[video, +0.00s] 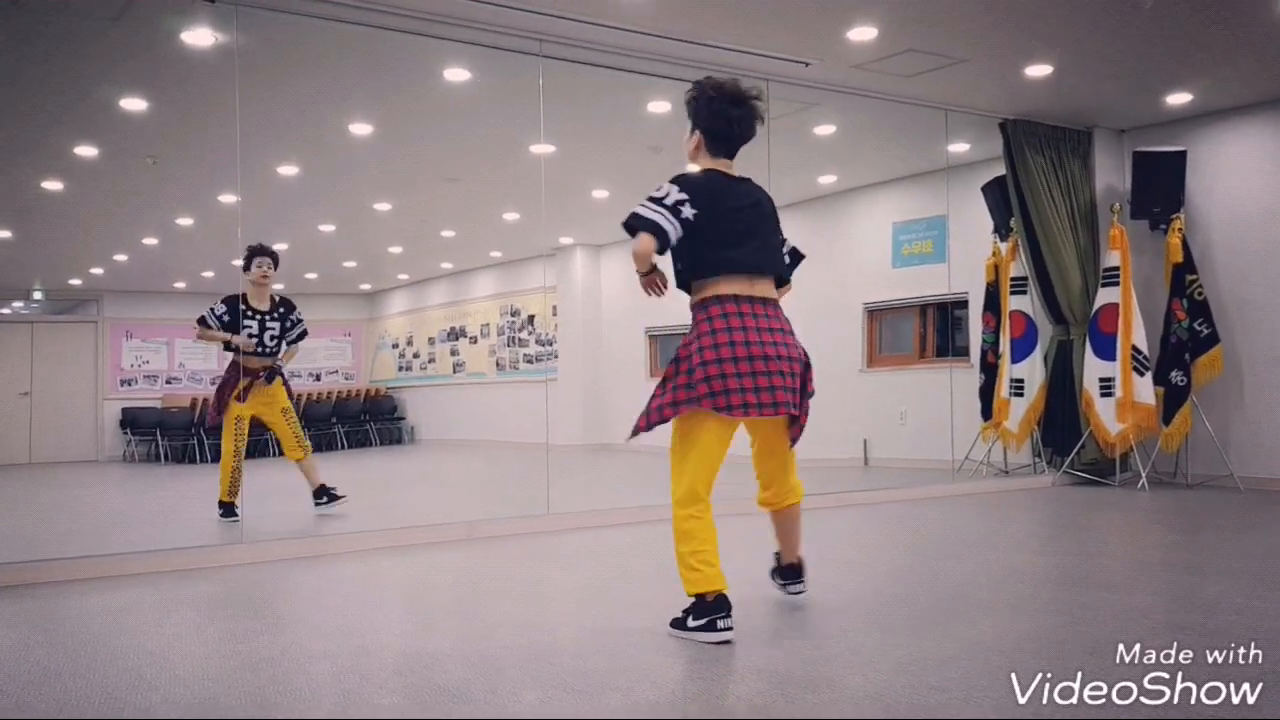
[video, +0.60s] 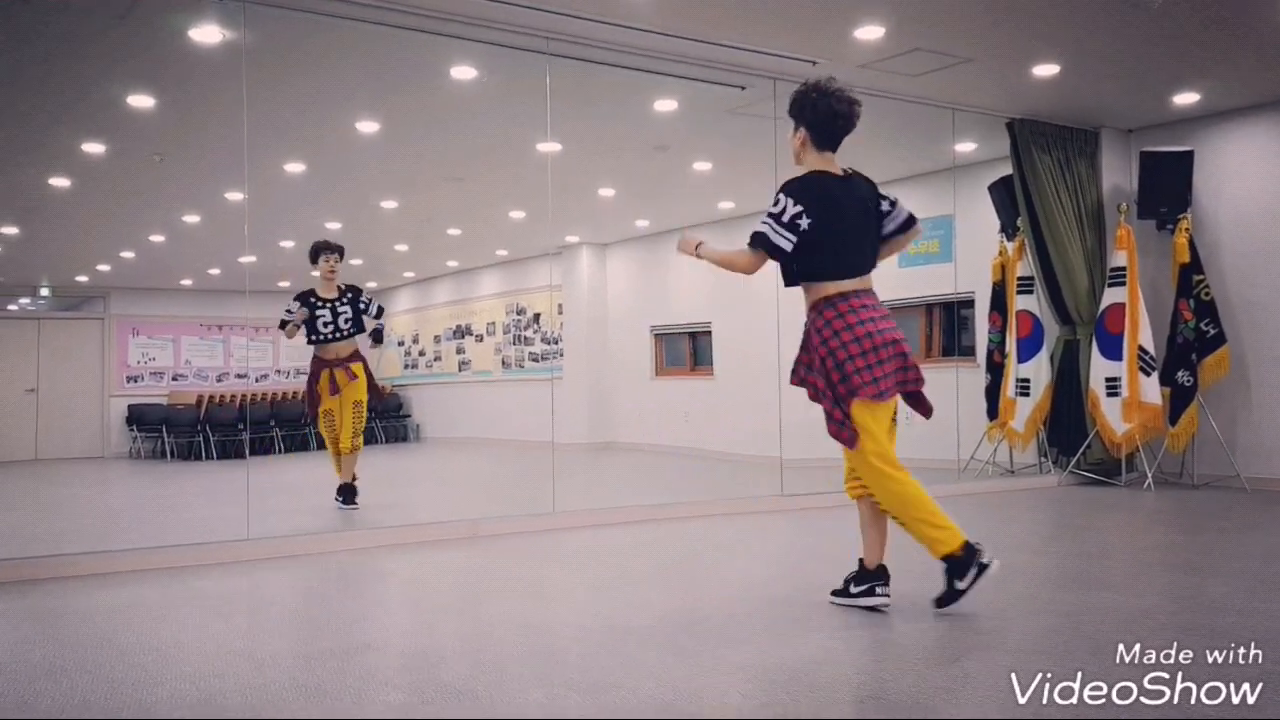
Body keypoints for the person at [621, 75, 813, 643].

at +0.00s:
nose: (686, 139)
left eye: (688, 130)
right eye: (691, 130)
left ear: (696, 137)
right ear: (741, 142)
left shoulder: (684, 189)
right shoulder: (759, 198)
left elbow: (645, 245)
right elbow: (786, 272)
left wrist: (645, 269)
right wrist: (752, 304)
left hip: (715, 341)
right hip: (775, 338)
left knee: (691, 488)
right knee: (778, 467)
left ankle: (709, 601)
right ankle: (792, 564)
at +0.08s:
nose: (696, 142)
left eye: (699, 134)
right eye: (699, 134)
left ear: (706, 141)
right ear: (751, 146)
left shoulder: (704, 195)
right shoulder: (767, 203)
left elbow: (674, 257)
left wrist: (654, 266)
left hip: (725, 340)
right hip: (779, 338)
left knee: (692, 487)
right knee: (786, 464)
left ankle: (709, 599)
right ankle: (819, 561)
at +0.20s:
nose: (719, 145)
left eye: (722, 136)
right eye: (721, 135)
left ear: (733, 143)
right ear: (770, 147)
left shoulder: (742, 200)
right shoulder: (782, 201)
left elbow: (738, 285)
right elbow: (787, 286)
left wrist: (680, 265)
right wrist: (710, 275)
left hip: (756, 340)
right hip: (797, 340)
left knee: (713, 480)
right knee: (802, 475)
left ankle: (715, 599)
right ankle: (858, 567)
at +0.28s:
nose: (730, 139)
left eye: (734, 130)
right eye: (734, 129)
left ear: (745, 138)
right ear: (781, 141)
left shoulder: (763, 197)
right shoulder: (791, 196)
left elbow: (760, 281)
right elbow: (803, 281)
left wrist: (697, 261)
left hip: (780, 343)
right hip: (812, 341)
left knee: (741, 471)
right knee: (819, 470)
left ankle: (726, 589)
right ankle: (863, 575)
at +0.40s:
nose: (756, 135)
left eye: (758, 125)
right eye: (759, 125)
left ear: (769, 132)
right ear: (805, 132)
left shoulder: (785, 192)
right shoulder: (818, 188)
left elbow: (773, 275)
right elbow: (827, 266)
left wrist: (712, 244)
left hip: (807, 328)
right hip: (844, 323)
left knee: (798, 459)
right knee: (852, 459)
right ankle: (869, 576)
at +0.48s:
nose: (767, 135)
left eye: (768, 126)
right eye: (769, 125)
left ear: (778, 131)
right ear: (817, 130)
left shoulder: (790, 189)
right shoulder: (834, 182)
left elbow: (763, 270)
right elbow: (856, 236)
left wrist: (709, 237)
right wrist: (820, 262)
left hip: (816, 321)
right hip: (854, 315)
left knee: (820, 464)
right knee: (859, 453)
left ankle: (875, 569)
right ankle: (871, 565)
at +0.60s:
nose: (790, 138)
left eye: (792, 130)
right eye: (792, 130)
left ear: (801, 135)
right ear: (840, 135)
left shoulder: (797, 192)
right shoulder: (863, 188)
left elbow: (750, 261)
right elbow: (906, 227)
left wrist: (704, 251)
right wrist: (864, 262)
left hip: (838, 327)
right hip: (871, 321)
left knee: (875, 464)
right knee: (864, 464)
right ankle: (872, 573)